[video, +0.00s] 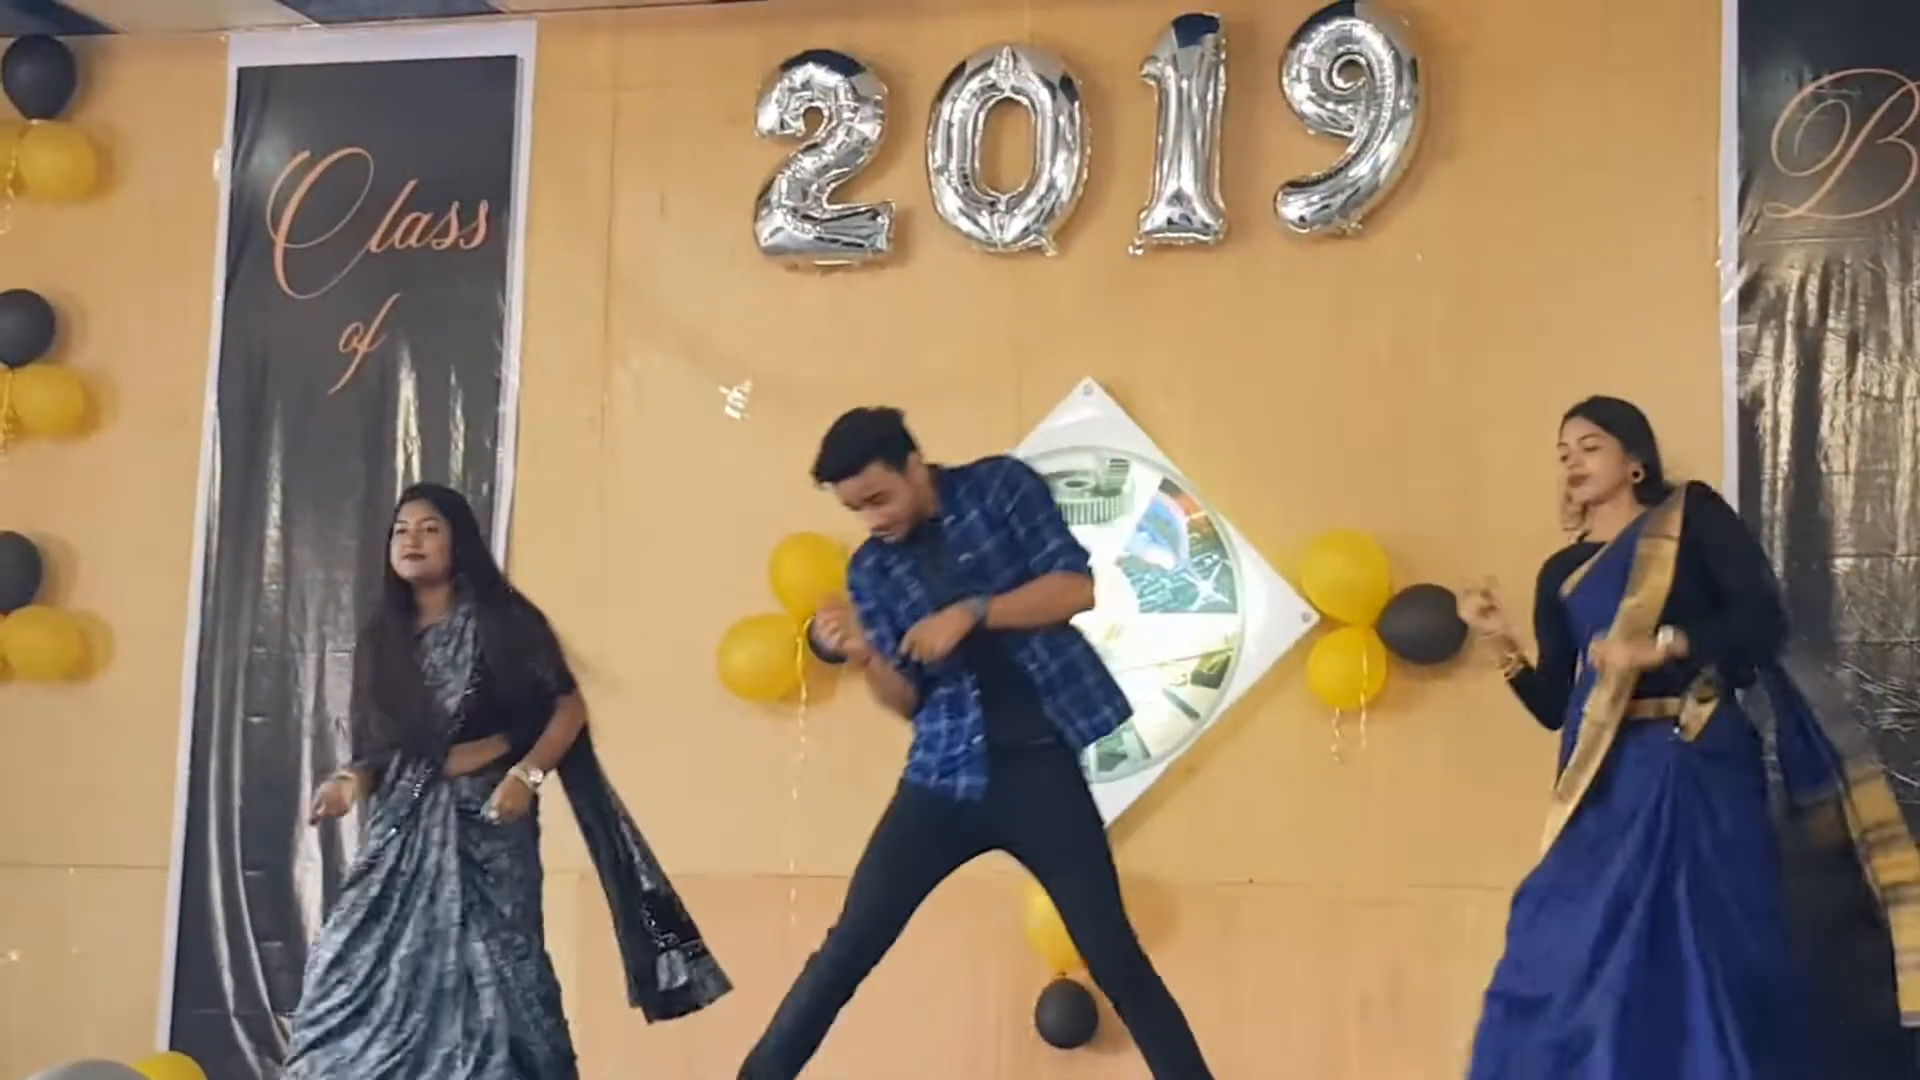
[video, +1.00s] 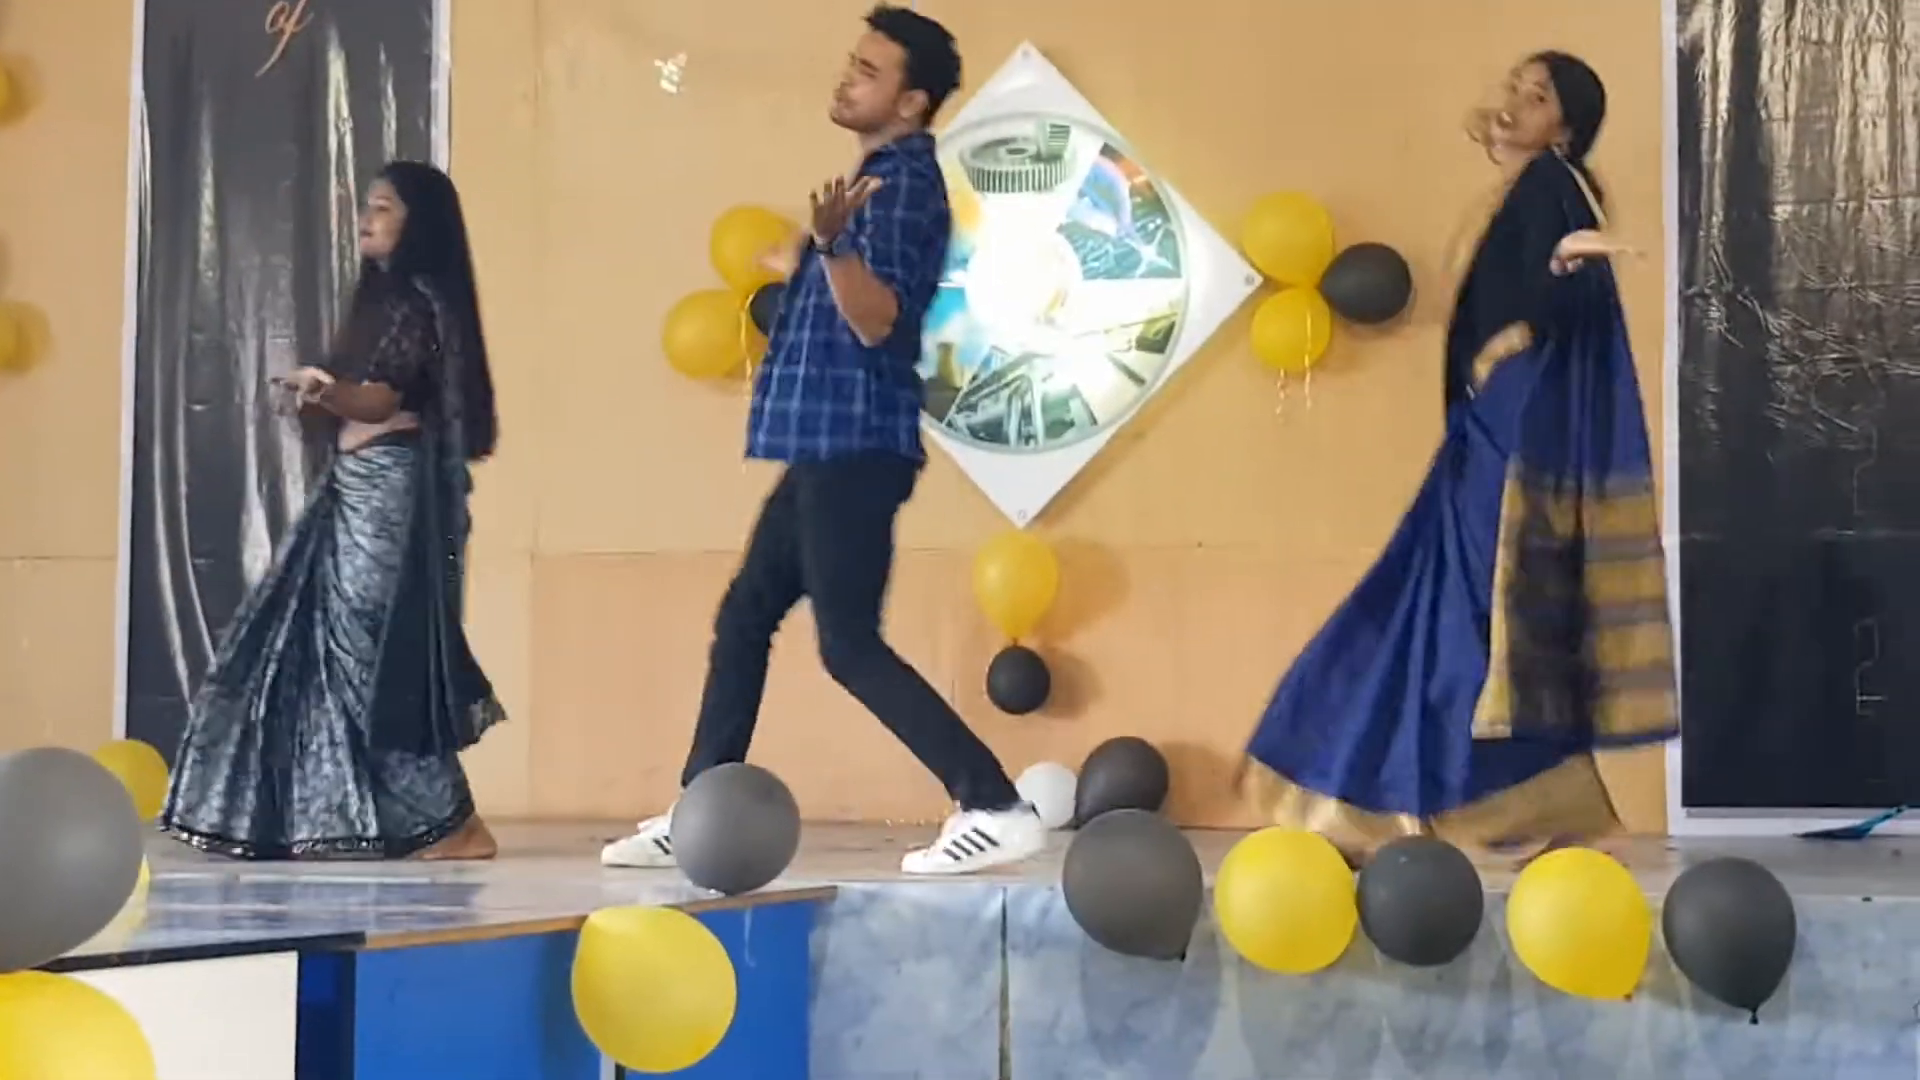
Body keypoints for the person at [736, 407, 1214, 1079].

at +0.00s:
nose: (872, 521)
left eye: (878, 500)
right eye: (855, 509)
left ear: (917, 466)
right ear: (843, 502)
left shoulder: (1002, 486)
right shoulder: (871, 569)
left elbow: (1075, 589)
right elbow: (907, 702)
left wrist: (971, 613)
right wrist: (864, 656)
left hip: (1039, 769)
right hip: (943, 777)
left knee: (1115, 962)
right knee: (850, 949)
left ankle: (1191, 1076)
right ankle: (758, 1076)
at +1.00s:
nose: (846, 80)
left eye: (868, 72)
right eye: (851, 65)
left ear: (915, 98)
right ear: (876, 85)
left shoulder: (907, 177)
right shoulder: (867, 179)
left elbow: (875, 320)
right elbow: (826, 317)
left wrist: (834, 241)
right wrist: (779, 289)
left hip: (860, 451)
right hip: (824, 451)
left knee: (850, 648)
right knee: (743, 622)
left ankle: (996, 806)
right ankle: (699, 822)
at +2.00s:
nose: (902, 233)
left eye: (918, 214)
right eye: (889, 218)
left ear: (960, 213)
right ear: (880, 223)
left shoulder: (1009, 325)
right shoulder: (862, 320)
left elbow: (1020, 461)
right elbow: (852, 444)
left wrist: (930, 397)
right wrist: (811, 510)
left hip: (976, 549)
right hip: (899, 557)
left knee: (942, 752)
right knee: (953, 767)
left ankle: (987, 949)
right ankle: (1124, 919)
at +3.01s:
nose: (567, 244)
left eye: (577, 225)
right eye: (547, 231)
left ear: (591, 214)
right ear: (510, 225)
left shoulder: (630, 275)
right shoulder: (472, 296)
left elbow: (751, 328)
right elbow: (369, 380)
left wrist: (688, 245)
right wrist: (408, 276)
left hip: (626, 534)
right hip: (527, 539)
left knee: (644, 696)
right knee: (501, 734)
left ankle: (631, 869)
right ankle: (477, 924)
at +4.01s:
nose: (928, 166)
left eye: (936, 146)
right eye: (908, 152)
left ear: (944, 138)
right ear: (865, 149)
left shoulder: (972, 226)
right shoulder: (807, 221)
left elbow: (989, 361)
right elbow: (767, 342)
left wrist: (921, 352)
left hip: (930, 471)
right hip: (833, 472)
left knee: (959, 657)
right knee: (787, 660)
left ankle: (1010, 854)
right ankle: (830, 849)